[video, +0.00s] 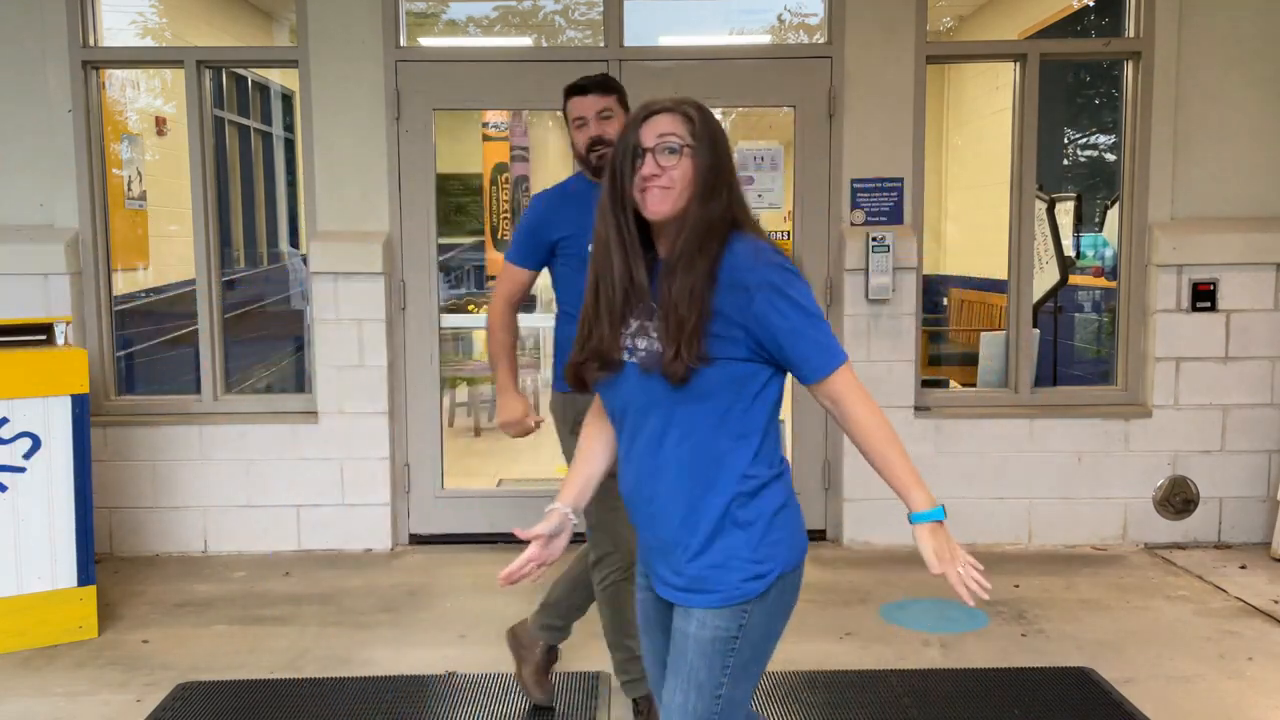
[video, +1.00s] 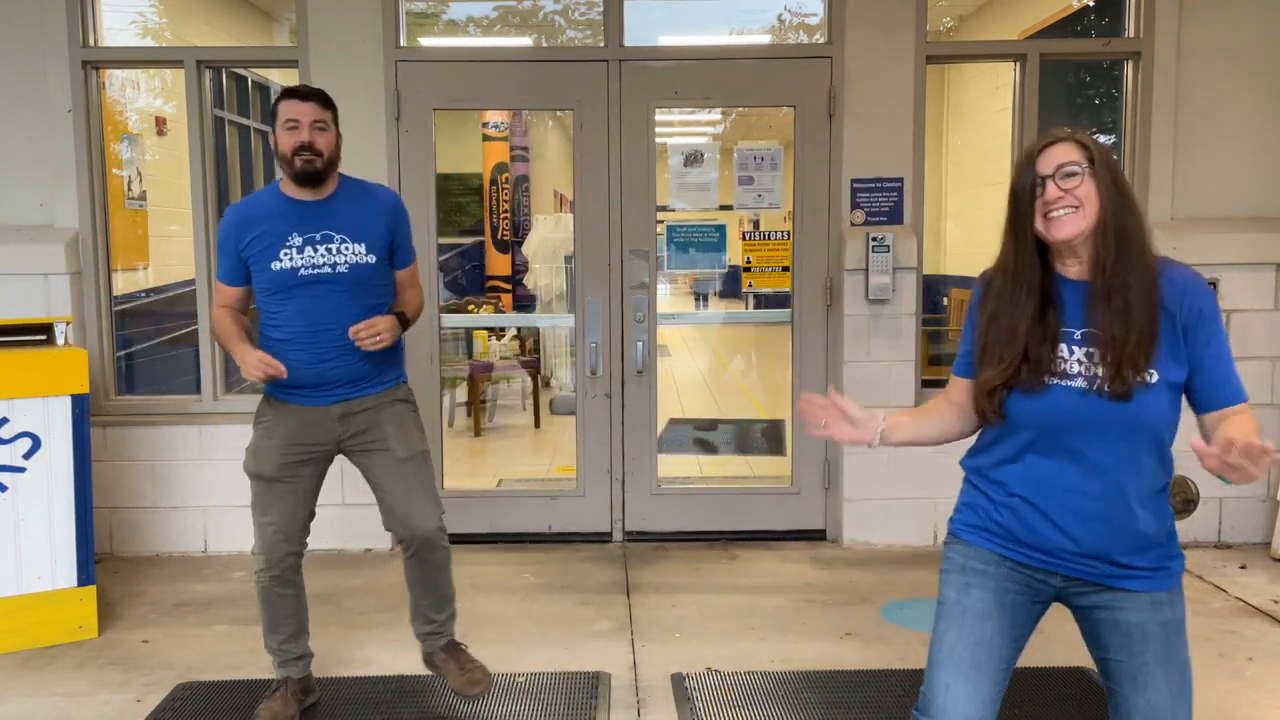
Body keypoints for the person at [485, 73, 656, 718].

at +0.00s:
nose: (595, 132)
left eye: (606, 117)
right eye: (580, 123)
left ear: (629, 121)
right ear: (568, 135)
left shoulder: (659, 198)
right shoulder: (553, 209)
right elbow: (503, 301)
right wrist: (507, 390)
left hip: (657, 391)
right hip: (588, 394)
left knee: (619, 533)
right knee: (619, 544)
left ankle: (538, 635)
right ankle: (643, 693)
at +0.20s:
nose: (545, 131)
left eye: (557, 118)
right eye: (531, 122)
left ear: (579, 125)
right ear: (516, 136)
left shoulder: (616, 203)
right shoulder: (489, 202)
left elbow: (630, 289)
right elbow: (441, 290)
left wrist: (643, 316)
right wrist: (450, 372)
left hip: (594, 396)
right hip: (522, 396)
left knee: (568, 529)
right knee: (570, 534)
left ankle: (506, 651)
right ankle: (619, 683)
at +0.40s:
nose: (493, 137)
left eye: (506, 125)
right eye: (480, 126)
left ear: (527, 135)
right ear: (465, 137)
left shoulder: (559, 210)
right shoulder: (432, 205)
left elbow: (577, 295)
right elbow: (403, 296)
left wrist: (584, 326)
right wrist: (414, 362)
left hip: (537, 405)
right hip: (455, 404)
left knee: (531, 541)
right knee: (458, 535)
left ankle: (504, 658)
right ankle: (451, 663)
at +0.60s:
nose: (426, 127)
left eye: (439, 116)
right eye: (412, 116)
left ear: (458, 126)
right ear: (395, 127)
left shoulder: (494, 194)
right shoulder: (362, 196)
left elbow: (550, 256)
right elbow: (319, 277)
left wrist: (581, 292)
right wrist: (324, 320)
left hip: (480, 398)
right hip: (393, 400)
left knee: (498, 537)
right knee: (346, 537)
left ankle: (503, 660)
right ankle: (299, 671)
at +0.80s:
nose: (357, 126)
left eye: (371, 116)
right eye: (345, 115)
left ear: (391, 129)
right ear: (326, 128)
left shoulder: (432, 195)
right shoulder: (292, 198)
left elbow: (485, 266)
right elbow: (244, 282)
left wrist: (506, 327)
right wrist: (262, 342)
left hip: (414, 400)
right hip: (323, 402)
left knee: (460, 533)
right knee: (305, 542)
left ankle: (497, 657)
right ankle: (294, 676)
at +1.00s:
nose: (306, 138)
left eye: (318, 127)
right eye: (292, 128)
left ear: (338, 139)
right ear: (274, 141)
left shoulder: (382, 207)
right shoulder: (243, 222)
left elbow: (411, 295)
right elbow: (225, 309)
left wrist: (396, 320)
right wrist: (243, 352)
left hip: (380, 404)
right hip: (289, 413)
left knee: (425, 529)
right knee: (275, 552)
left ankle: (441, 645)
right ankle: (292, 676)